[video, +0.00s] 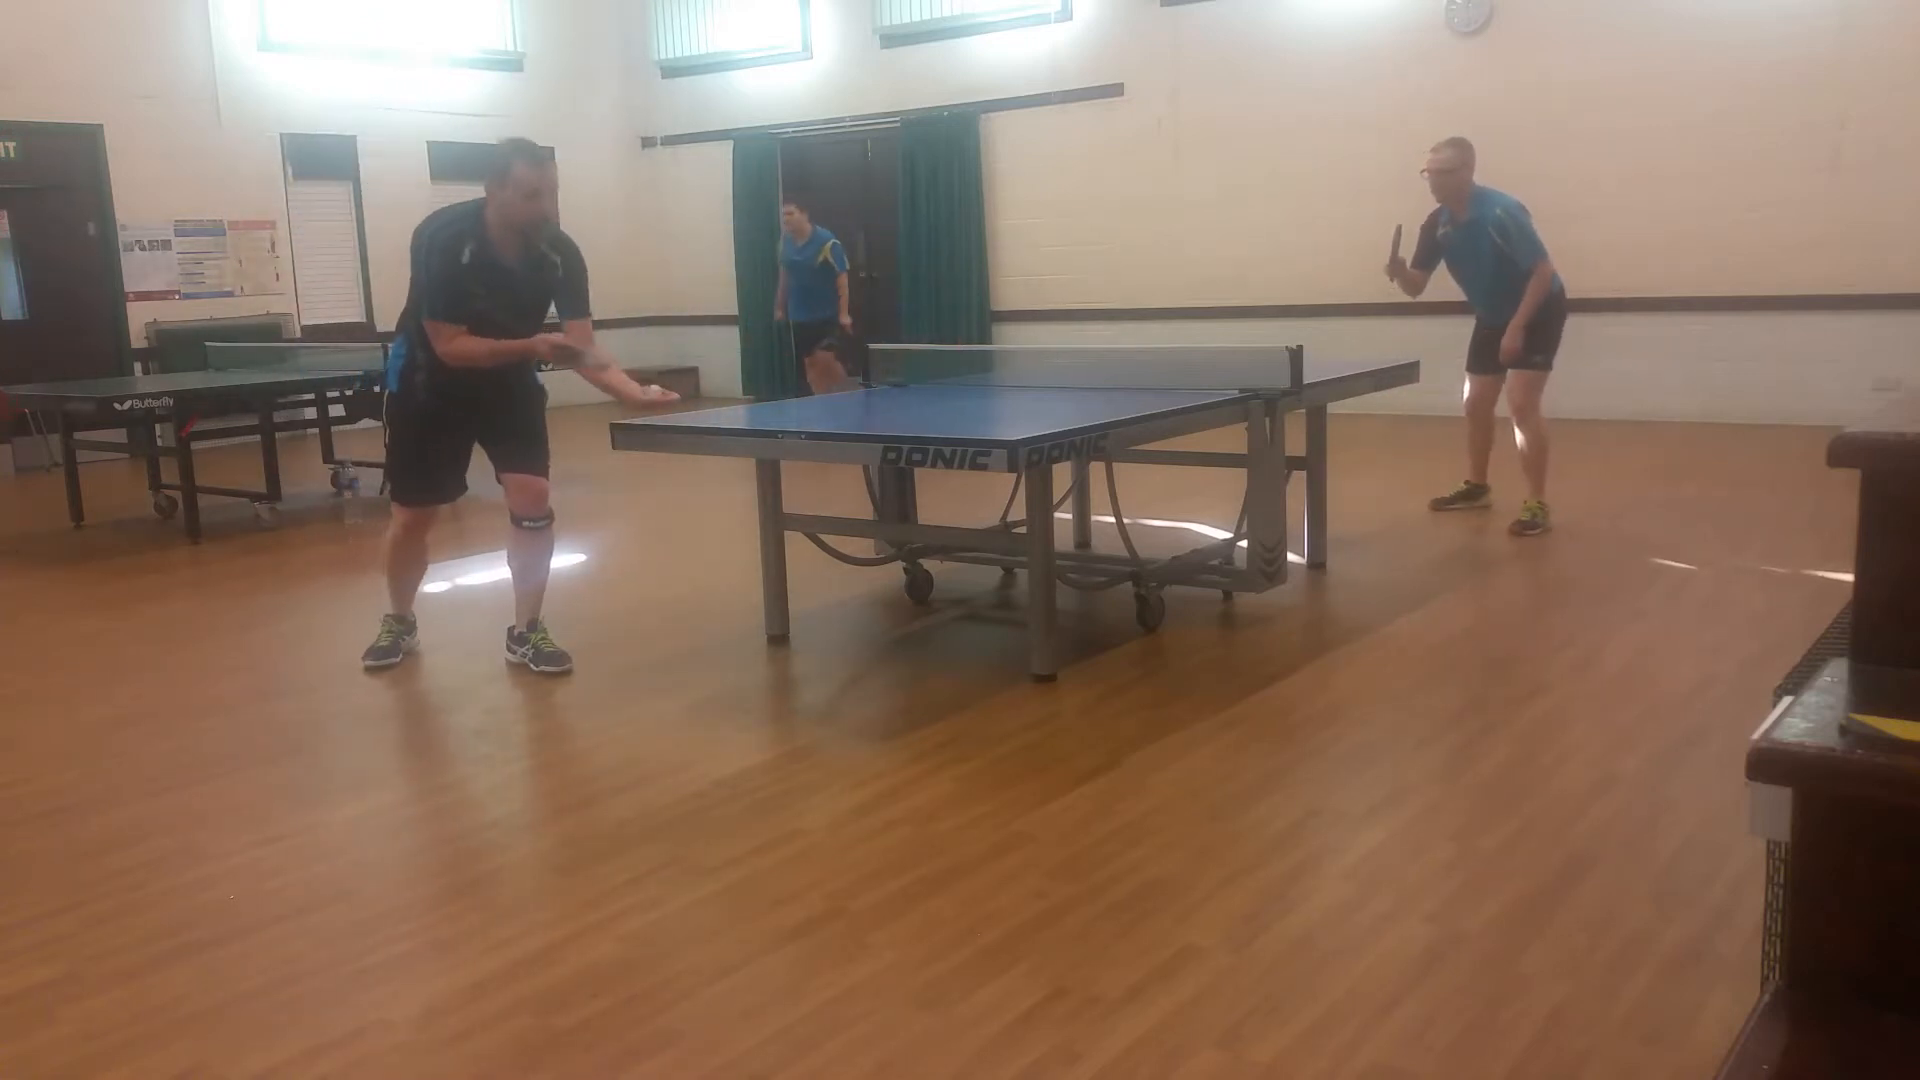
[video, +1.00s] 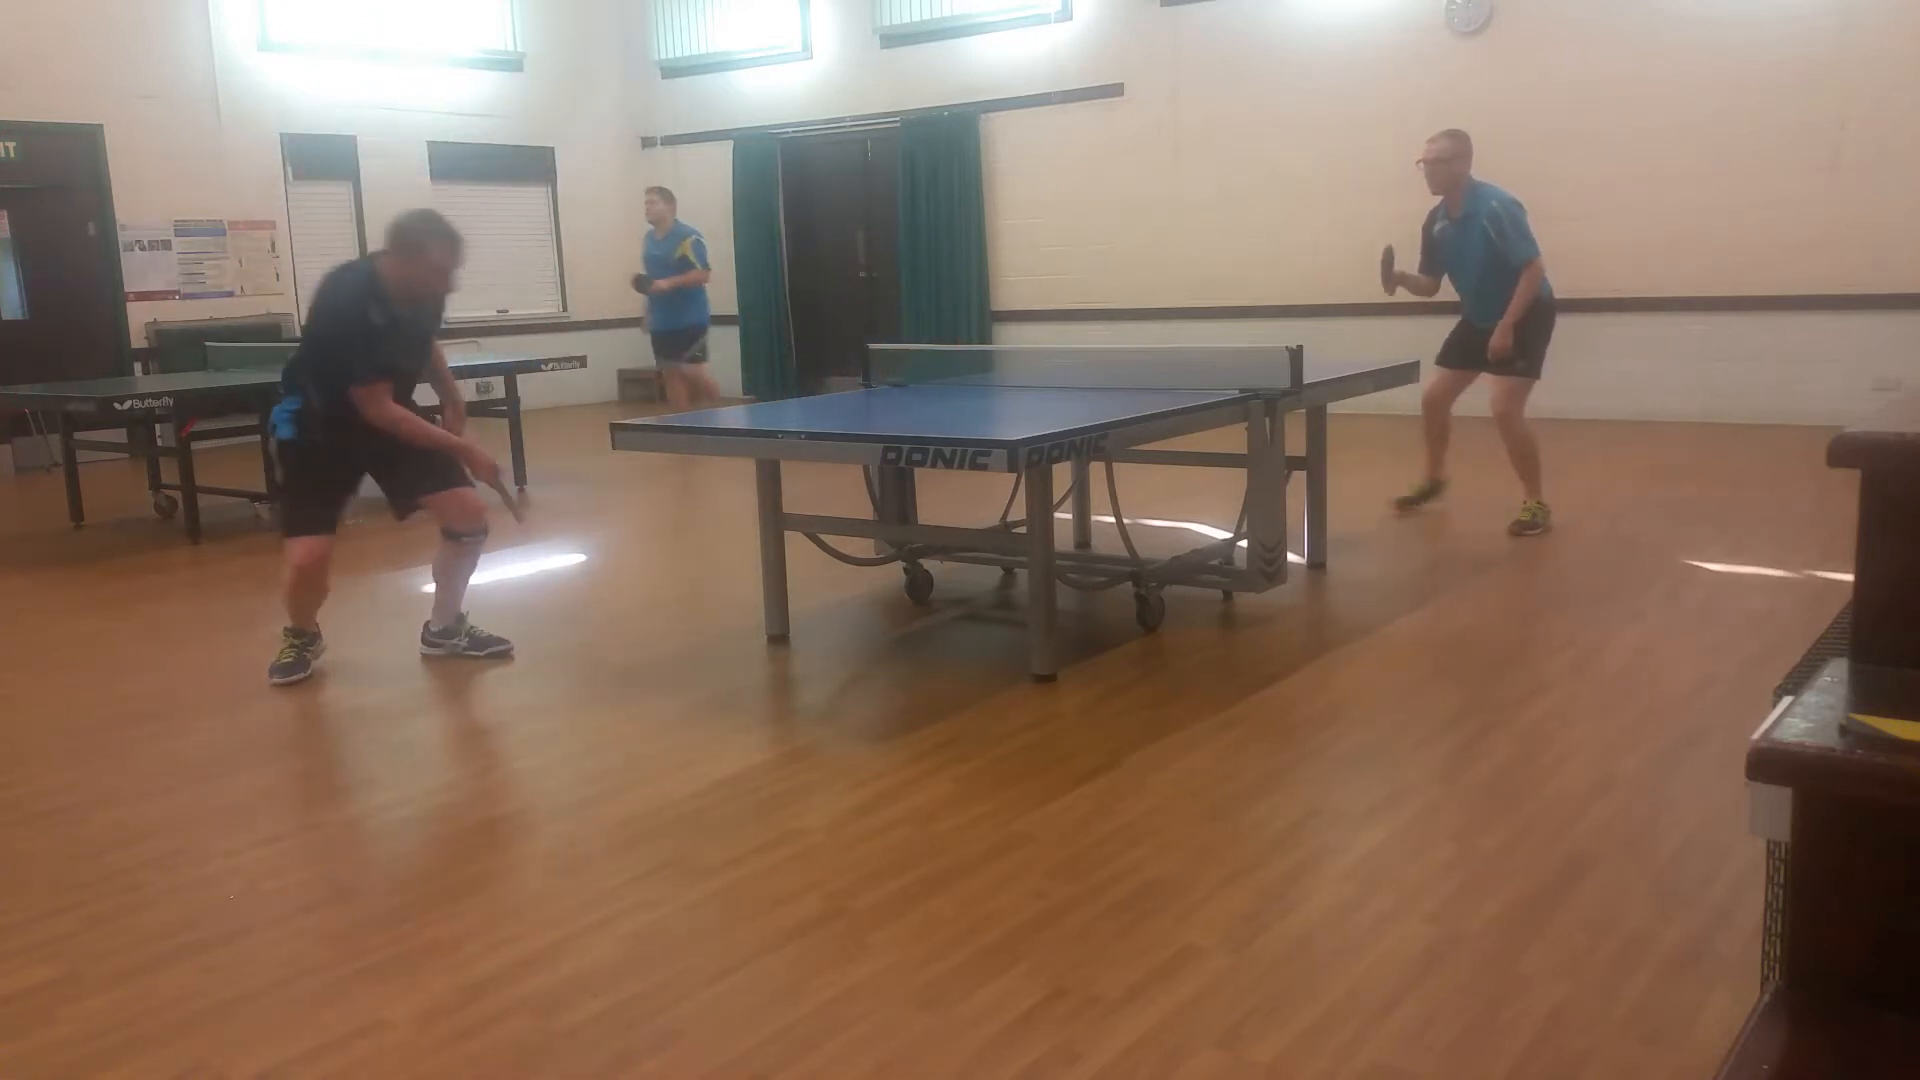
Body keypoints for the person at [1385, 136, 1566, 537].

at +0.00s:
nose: (1428, 181)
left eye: (1436, 174)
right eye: (1427, 174)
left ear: (1464, 174)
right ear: (1432, 176)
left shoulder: (1502, 211)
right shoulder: (1437, 224)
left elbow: (1543, 272)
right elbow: (1416, 285)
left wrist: (1516, 327)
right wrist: (1400, 273)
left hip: (1538, 307)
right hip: (1493, 313)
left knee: (1521, 403)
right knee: (1476, 403)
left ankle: (1536, 504)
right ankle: (1477, 486)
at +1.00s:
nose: (1426, 171)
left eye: (1435, 163)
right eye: (1424, 163)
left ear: (1462, 164)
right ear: (1426, 167)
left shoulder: (1498, 206)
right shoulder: (1436, 221)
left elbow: (1534, 271)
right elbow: (1428, 286)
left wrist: (1506, 326)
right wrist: (1398, 277)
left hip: (1527, 315)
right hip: (1481, 317)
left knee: (1506, 409)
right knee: (1434, 399)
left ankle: (1535, 503)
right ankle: (1434, 481)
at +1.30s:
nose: (1422, 203)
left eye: (1431, 196)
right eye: (1420, 195)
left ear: (1456, 198)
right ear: (1419, 198)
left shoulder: (1499, 236)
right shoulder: (1423, 248)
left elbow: (1535, 298)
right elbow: (1408, 304)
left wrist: (1501, 348)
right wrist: (1390, 324)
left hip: (1520, 327)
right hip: (1468, 331)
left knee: (1531, 409)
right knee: (1419, 408)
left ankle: (1577, 500)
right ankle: (1395, 493)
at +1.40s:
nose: (1430, 223)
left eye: (1438, 216)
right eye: (1428, 216)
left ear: (1464, 219)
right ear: (1427, 217)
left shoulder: (1506, 254)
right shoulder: (1431, 266)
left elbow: (1545, 317)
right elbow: (1423, 326)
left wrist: (1508, 364)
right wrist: (1404, 346)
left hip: (1531, 338)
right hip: (1478, 341)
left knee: (1548, 416)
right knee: (1418, 404)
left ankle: (1592, 505)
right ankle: (1393, 493)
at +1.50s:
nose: (1439, 246)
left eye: (1448, 238)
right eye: (1437, 238)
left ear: (1472, 240)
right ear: (1434, 239)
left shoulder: (1515, 268)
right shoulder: (1440, 284)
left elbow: (1558, 330)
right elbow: (1437, 342)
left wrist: (1525, 378)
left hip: (1537, 351)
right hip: (1482, 354)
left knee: (1559, 414)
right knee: (1415, 406)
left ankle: (1596, 504)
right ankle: (1393, 492)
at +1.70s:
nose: (1457, 231)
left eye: (1465, 225)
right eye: (1456, 223)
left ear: (1490, 224)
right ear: (1455, 221)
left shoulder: (1521, 257)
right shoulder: (1450, 256)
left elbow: (1581, 303)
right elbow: (1407, 288)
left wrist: (1580, 355)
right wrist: (1408, 308)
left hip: (1540, 352)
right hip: (1488, 353)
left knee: (1554, 419)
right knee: (1415, 408)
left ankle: (1596, 506)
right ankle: (1391, 492)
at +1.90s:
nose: (1460, 193)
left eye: (1470, 185)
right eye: (1458, 185)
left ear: (1493, 188)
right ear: (1455, 186)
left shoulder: (1517, 231)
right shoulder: (1473, 229)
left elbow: (1568, 283)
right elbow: (1488, 275)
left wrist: (1566, 337)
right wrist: (1454, 282)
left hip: (1541, 344)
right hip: (1496, 341)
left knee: (1547, 421)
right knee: (1432, 400)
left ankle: (1595, 507)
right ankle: (1404, 482)